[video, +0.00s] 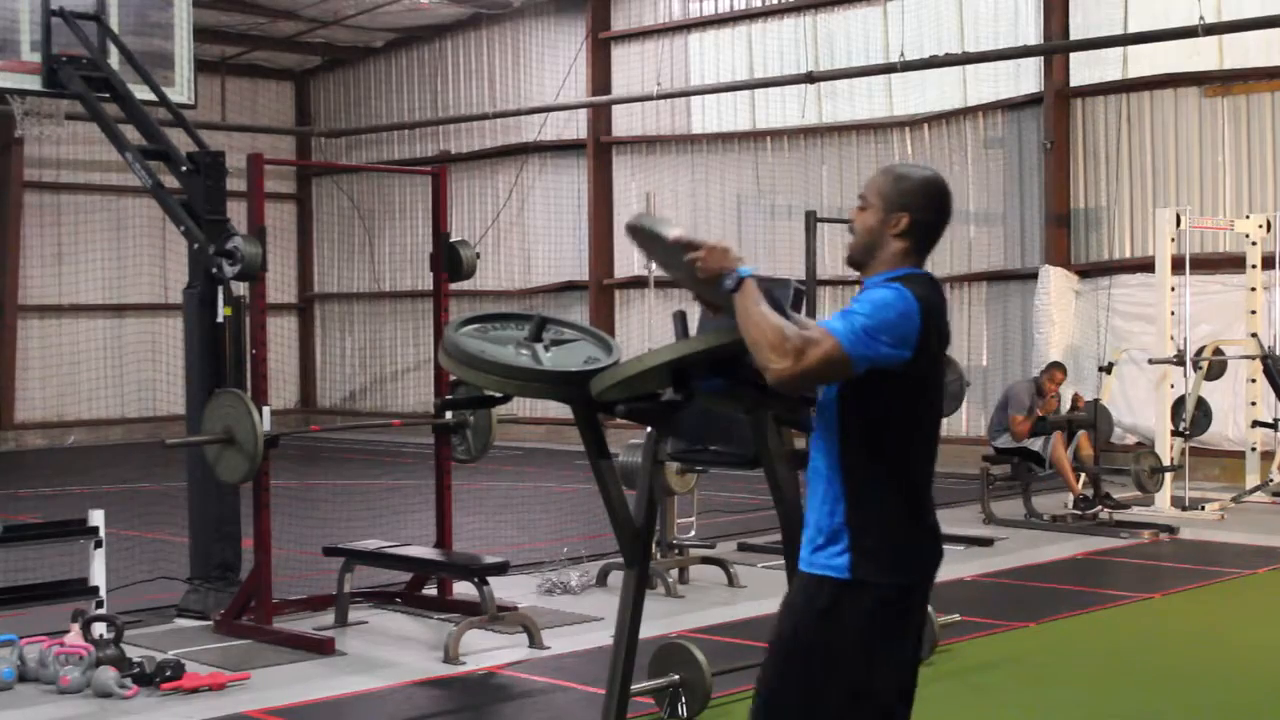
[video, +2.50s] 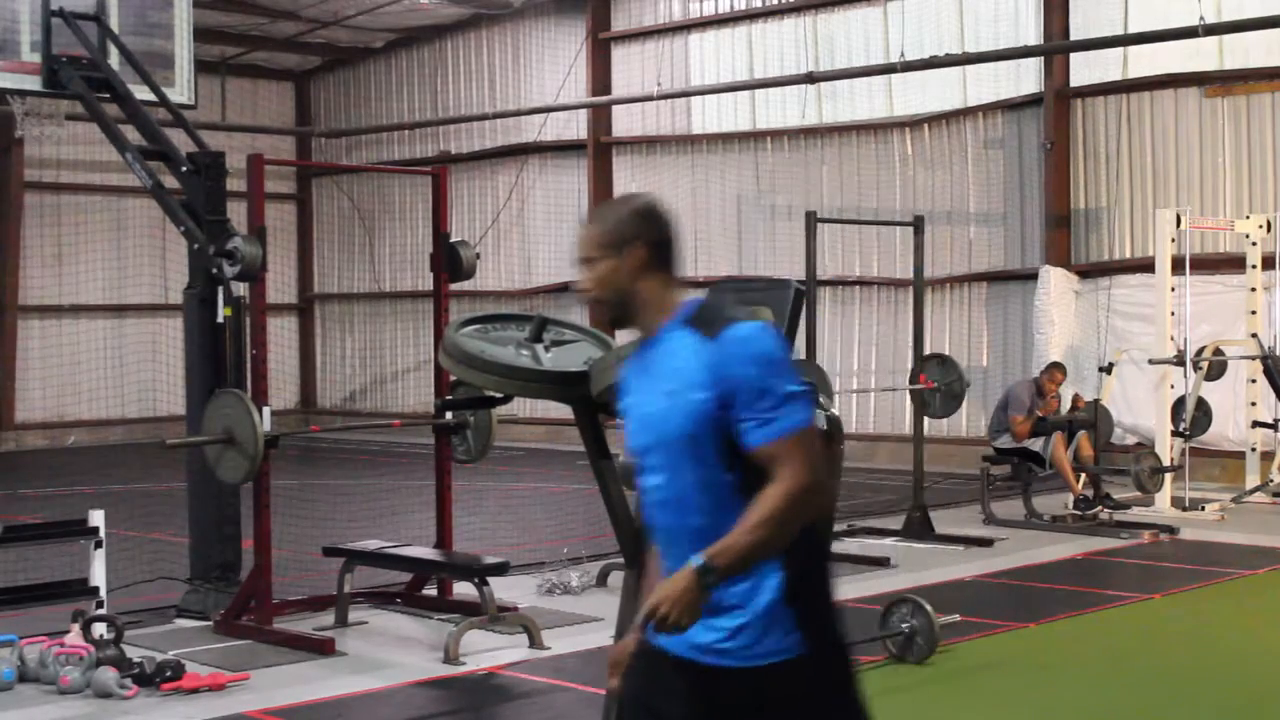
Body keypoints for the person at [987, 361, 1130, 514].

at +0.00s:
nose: (1054, 388)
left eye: (1058, 385)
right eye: (1051, 382)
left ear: (1061, 385)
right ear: (1041, 374)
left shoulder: (1050, 395)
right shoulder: (1020, 391)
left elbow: (1054, 427)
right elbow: (1018, 434)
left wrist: (1073, 412)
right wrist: (1041, 411)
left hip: (1028, 438)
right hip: (1003, 439)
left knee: (1080, 435)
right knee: (1055, 439)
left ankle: (1099, 494)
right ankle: (1079, 498)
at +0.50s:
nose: (1053, 388)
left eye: (1058, 385)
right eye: (1051, 381)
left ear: (1060, 385)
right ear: (1041, 374)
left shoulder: (1049, 395)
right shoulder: (1021, 391)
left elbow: (1051, 426)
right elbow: (1018, 434)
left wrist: (1073, 412)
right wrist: (1041, 412)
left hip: (1028, 438)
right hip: (1003, 439)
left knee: (1081, 435)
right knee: (1055, 439)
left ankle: (1099, 494)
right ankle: (1079, 497)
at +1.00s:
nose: (1053, 389)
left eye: (1058, 385)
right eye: (1051, 382)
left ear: (1061, 385)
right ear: (1042, 374)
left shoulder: (1051, 396)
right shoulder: (1020, 392)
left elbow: (1055, 428)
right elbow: (1018, 435)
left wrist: (1073, 411)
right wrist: (1040, 412)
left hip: (1029, 438)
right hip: (1004, 439)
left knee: (1080, 435)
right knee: (1055, 439)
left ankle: (1100, 494)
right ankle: (1079, 498)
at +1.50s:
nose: (1054, 389)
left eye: (1058, 385)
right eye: (1051, 382)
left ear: (1061, 385)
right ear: (1042, 375)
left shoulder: (1052, 396)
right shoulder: (1021, 391)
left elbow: (1054, 426)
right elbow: (1019, 435)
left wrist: (1074, 411)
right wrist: (1040, 412)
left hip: (1030, 438)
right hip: (1004, 439)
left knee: (1080, 435)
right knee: (1055, 439)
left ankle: (1099, 494)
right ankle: (1079, 498)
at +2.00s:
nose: (1054, 389)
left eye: (1058, 385)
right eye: (1051, 382)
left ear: (1061, 385)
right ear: (1042, 375)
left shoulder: (1052, 395)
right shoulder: (1021, 391)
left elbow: (1055, 426)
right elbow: (1019, 435)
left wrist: (1073, 411)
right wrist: (1040, 412)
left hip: (1030, 437)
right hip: (1004, 439)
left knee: (1081, 435)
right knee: (1055, 439)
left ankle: (1100, 494)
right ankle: (1079, 498)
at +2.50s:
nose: (1054, 388)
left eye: (1058, 385)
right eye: (1051, 382)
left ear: (1061, 384)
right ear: (1041, 375)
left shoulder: (1051, 395)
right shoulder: (1021, 391)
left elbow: (1054, 427)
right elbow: (1019, 435)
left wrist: (1073, 411)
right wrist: (1041, 412)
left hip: (1029, 438)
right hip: (1004, 440)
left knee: (1081, 436)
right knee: (1055, 439)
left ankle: (1099, 494)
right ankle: (1079, 498)